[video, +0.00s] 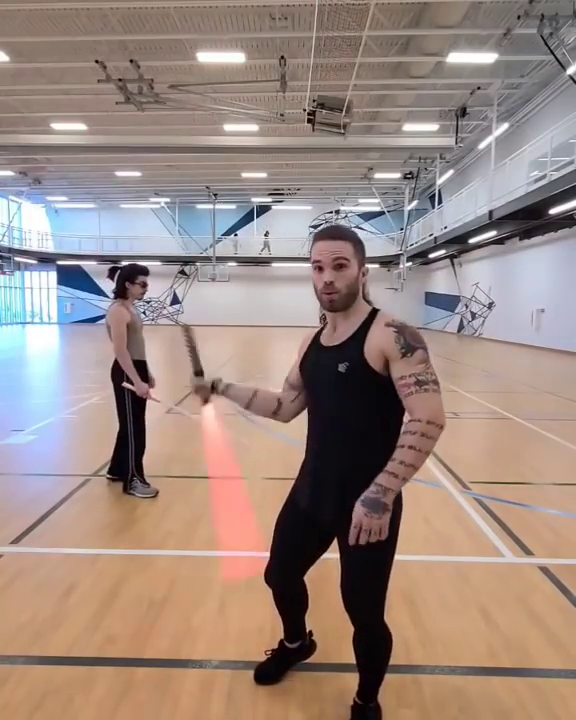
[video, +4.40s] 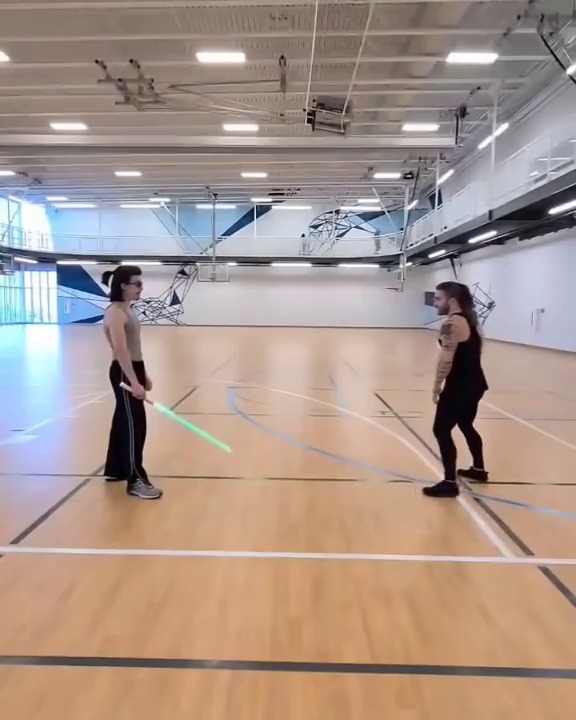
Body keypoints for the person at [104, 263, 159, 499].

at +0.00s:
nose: (145, 289)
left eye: (146, 285)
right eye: (141, 284)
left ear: (137, 287)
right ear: (127, 284)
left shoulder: (131, 310)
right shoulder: (118, 312)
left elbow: (136, 347)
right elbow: (120, 351)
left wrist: (147, 373)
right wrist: (136, 381)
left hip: (136, 369)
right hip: (125, 371)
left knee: (130, 425)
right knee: (134, 428)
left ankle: (117, 468)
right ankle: (133, 479)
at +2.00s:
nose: (137, 288)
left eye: (138, 284)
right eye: (133, 284)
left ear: (132, 287)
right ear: (119, 286)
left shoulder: (125, 310)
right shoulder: (114, 312)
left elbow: (132, 346)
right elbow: (119, 351)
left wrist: (141, 375)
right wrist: (132, 382)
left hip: (132, 369)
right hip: (123, 372)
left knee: (122, 422)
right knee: (136, 425)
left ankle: (114, 468)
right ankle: (136, 479)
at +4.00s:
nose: (140, 290)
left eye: (141, 286)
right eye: (136, 286)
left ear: (132, 289)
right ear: (123, 287)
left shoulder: (127, 311)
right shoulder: (115, 313)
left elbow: (134, 347)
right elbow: (120, 351)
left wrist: (144, 373)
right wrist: (133, 381)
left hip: (132, 369)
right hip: (124, 372)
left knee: (123, 422)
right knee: (137, 425)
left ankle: (114, 468)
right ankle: (135, 480)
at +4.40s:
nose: (140, 288)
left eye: (140, 284)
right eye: (135, 284)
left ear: (134, 287)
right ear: (122, 286)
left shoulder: (126, 310)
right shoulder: (115, 313)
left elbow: (133, 347)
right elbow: (120, 351)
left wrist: (143, 374)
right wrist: (133, 381)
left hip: (132, 369)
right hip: (124, 372)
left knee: (123, 422)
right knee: (137, 425)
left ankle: (115, 467)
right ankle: (135, 480)